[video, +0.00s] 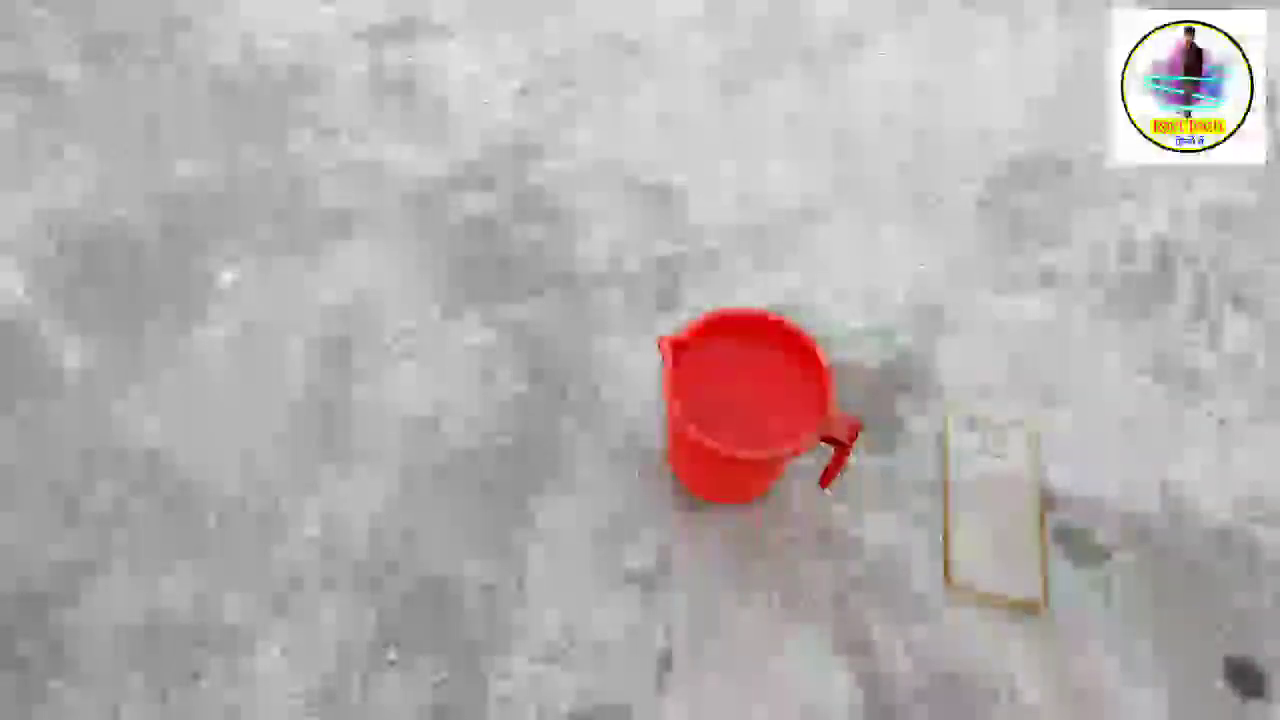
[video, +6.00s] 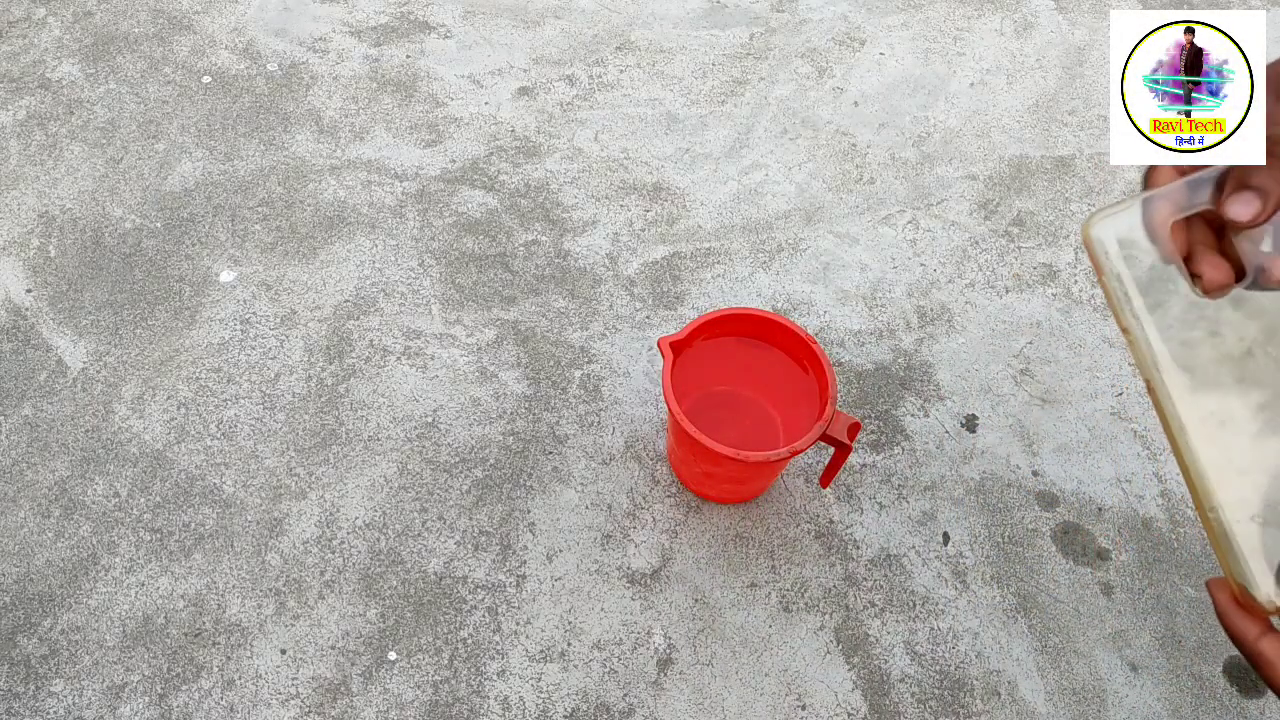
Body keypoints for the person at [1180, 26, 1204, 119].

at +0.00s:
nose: (1188, 38)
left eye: (1190, 35)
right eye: (1187, 35)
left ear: (1193, 36)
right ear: (1184, 36)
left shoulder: (1197, 50)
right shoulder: (1181, 49)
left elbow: (1199, 66)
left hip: (1193, 76)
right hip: (1182, 75)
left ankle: (1188, 113)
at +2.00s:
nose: (1189, 38)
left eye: (1191, 35)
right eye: (1187, 35)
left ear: (1194, 36)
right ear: (1184, 36)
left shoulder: (1198, 50)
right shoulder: (1182, 50)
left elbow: (1200, 64)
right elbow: (1177, 62)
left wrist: (1198, 74)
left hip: (1194, 75)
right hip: (1184, 74)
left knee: (1191, 93)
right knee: (1185, 93)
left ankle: (1189, 111)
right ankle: (1186, 111)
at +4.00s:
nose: (1188, 38)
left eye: (1190, 36)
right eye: (1187, 35)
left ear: (1193, 36)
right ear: (1184, 36)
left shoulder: (1197, 49)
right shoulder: (1181, 49)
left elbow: (1199, 63)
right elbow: (1175, 61)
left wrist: (1197, 73)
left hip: (1193, 74)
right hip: (1183, 73)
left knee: (1191, 92)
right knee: (1185, 92)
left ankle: (1189, 111)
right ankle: (1186, 111)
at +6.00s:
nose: (1187, 37)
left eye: (1189, 35)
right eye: (1185, 35)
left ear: (1193, 36)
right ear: (1183, 36)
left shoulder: (1197, 50)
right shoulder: (1183, 48)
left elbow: (1198, 67)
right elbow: (1182, 62)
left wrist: (1194, 81)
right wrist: (1181, 72)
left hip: (1190, 76)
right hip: (1183, 75)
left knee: (1187, 97)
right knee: (1185, 96)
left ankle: (1188, 116)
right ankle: (1186, 113)